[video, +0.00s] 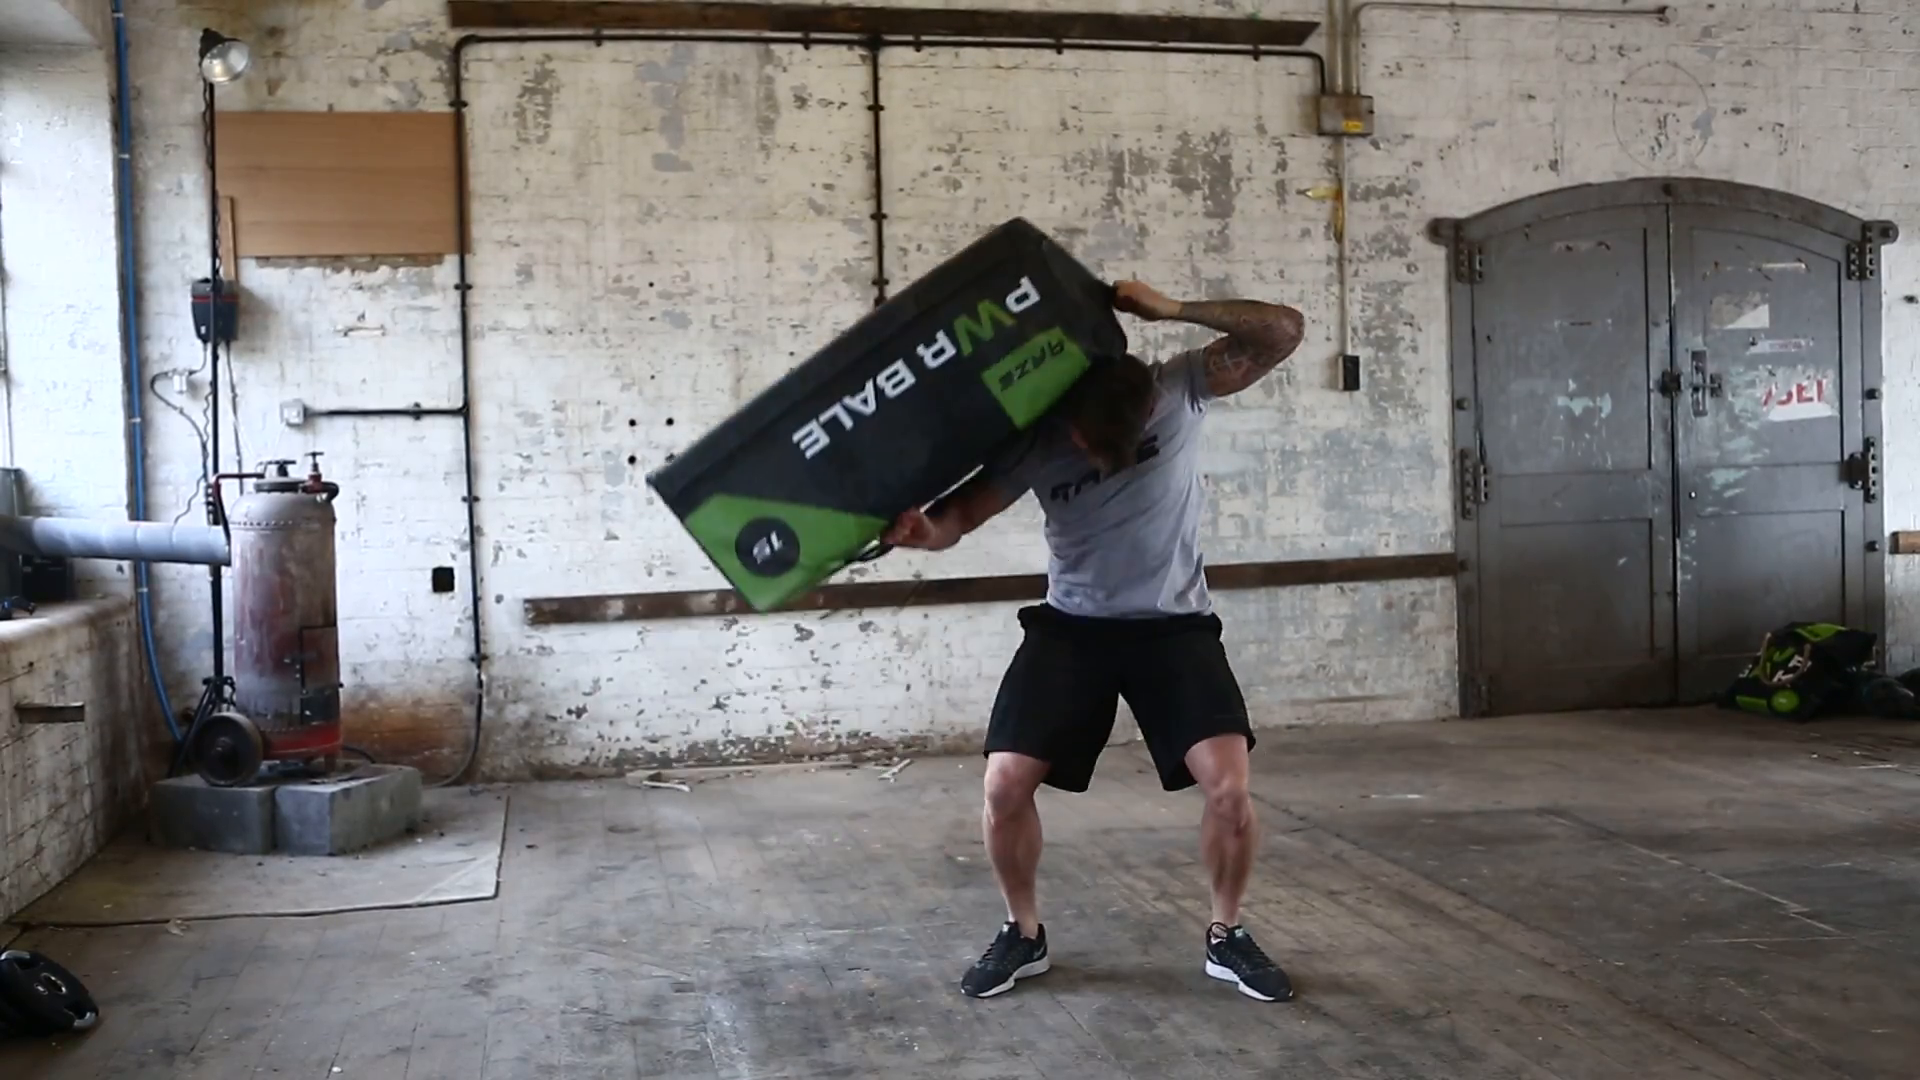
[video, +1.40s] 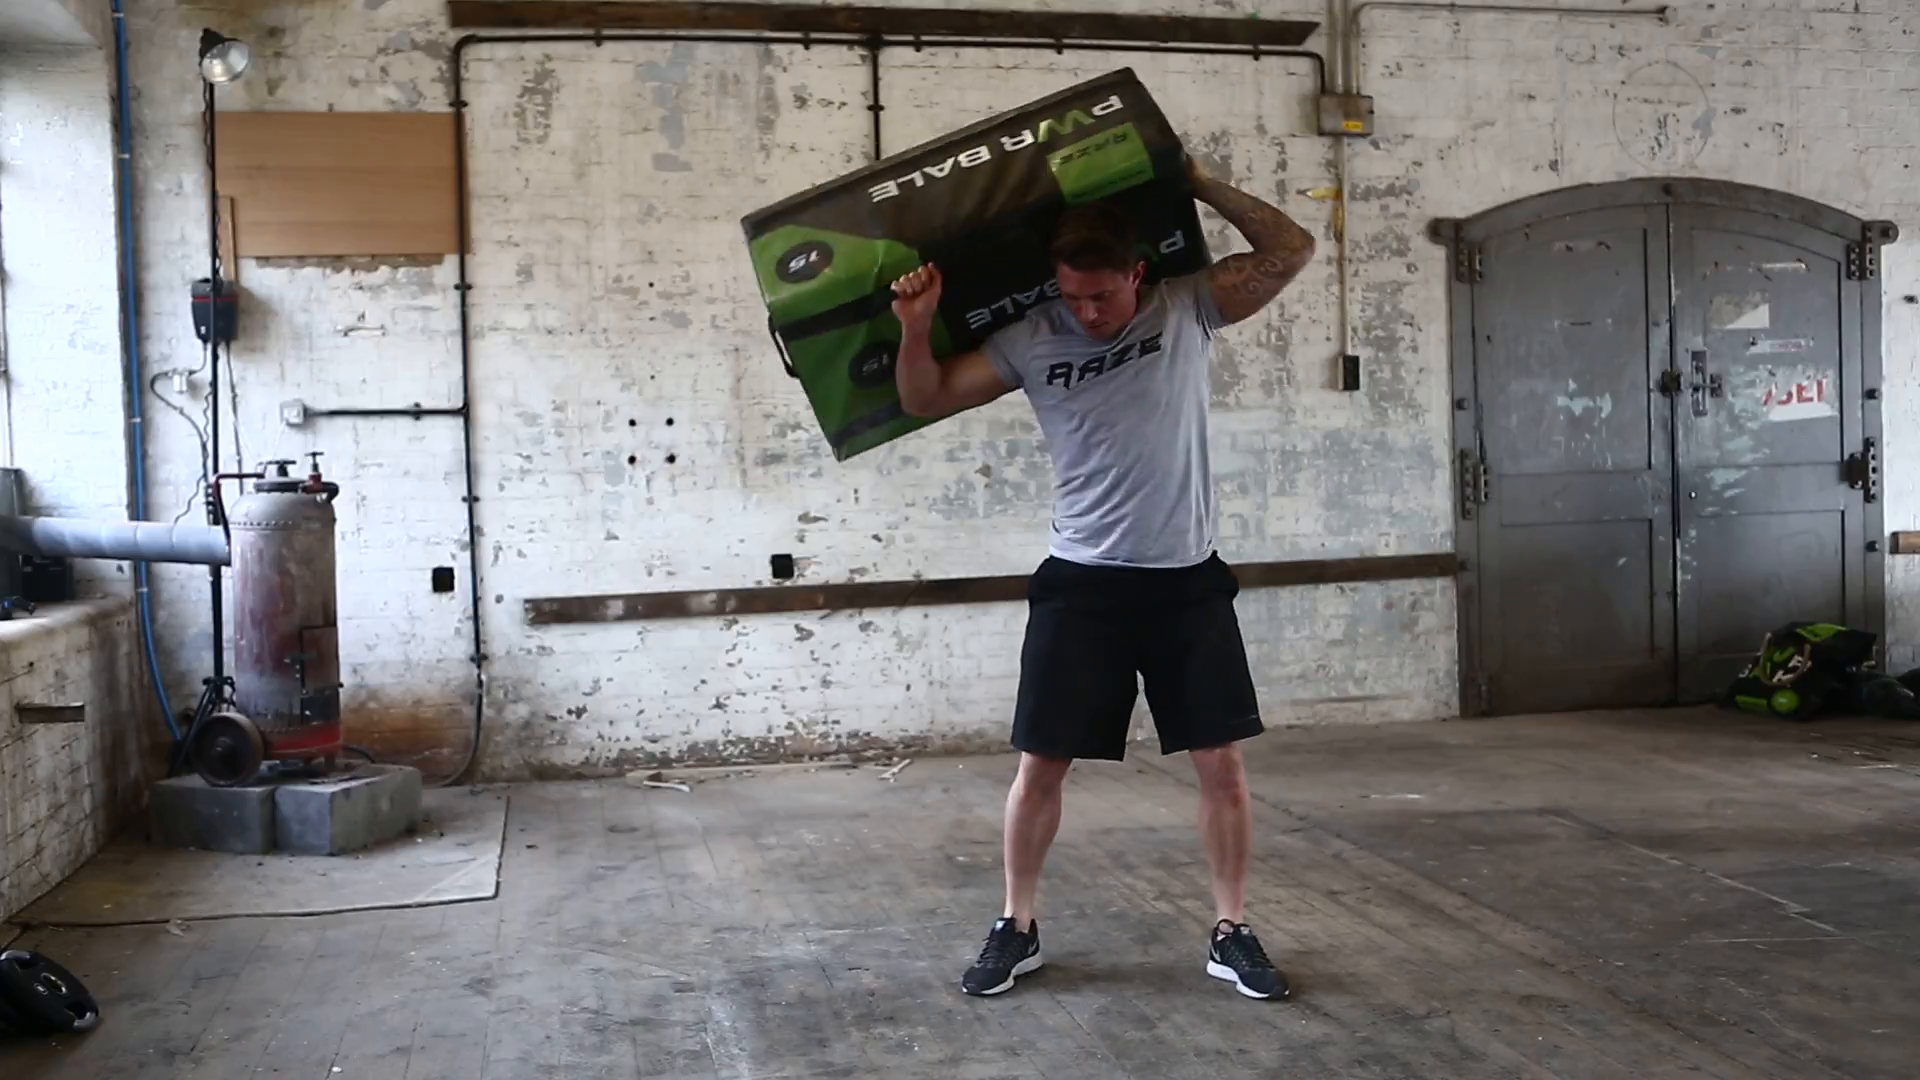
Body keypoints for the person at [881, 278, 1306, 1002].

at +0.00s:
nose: (1093, 460)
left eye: (1108, 449)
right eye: (1085, 448)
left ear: (1140, 414)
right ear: (1069, 420)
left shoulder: (1179, 389)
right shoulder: (1041, 443)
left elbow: (1286, 327)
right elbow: (956, 517)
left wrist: (1176, 309)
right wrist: (922, 530)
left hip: (1177, 627)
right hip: (1071, 630)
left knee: (1231, 791)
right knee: (1005, 785)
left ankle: (1227, 936)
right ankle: (1023, 934)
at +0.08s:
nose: (1124, 400)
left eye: (1134, 386)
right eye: (1108, 388)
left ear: (1157, 351)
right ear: (1084, 360)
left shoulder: (1193, 345)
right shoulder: (1047, 391)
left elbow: (1303, 297)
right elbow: (949, 458)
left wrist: (1208, 257)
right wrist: (920, 450)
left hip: (1177, 600)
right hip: (1071, 602)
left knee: (1222, 775)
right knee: (1018, 779)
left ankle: (1227, 933)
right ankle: (1023, 930)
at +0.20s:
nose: (1142, 340)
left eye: (1155, 327)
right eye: (1127, 327)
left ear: (1172, 299)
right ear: (1093, 295)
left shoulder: (1199, 310)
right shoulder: (1040, 336)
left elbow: (1307, 289)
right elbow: (940, 396)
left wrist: (1240, 218)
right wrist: (918, 352)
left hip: (1179, 576)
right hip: (1072, 578)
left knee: (1214, 758)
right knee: (1042, 760)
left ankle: (1230, 931)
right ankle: (1023, 926)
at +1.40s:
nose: (1089, 312)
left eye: (1103, 296)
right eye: (1073, 298)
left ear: (1138, 268)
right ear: (1054, 278)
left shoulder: (1186, 306)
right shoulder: (1031, 342)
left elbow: (1290, 250)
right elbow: (924, 399)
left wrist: (1203, 183)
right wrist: (915, 327)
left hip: (1186, 581)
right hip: (1078, 584)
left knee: (1222, 765)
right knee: (1039, 766)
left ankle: (1231, 929)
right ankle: (1016, 924)